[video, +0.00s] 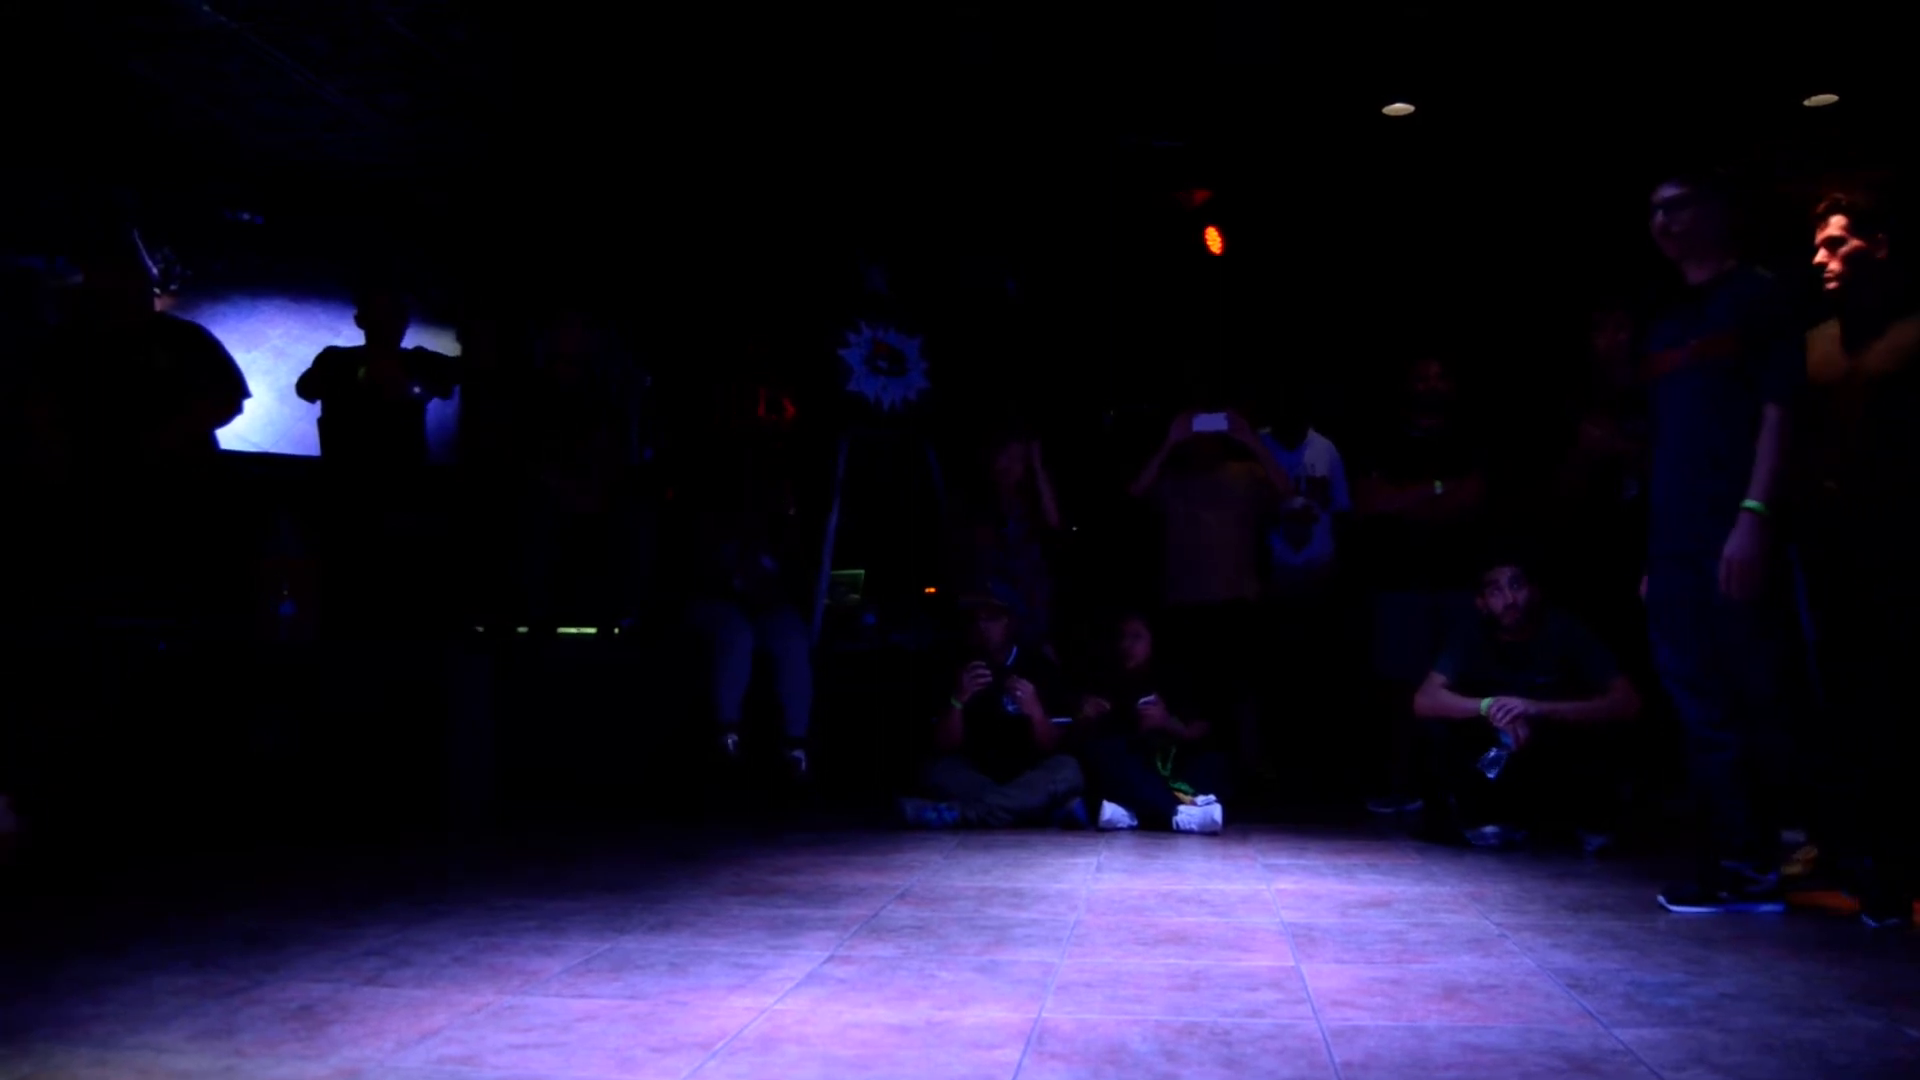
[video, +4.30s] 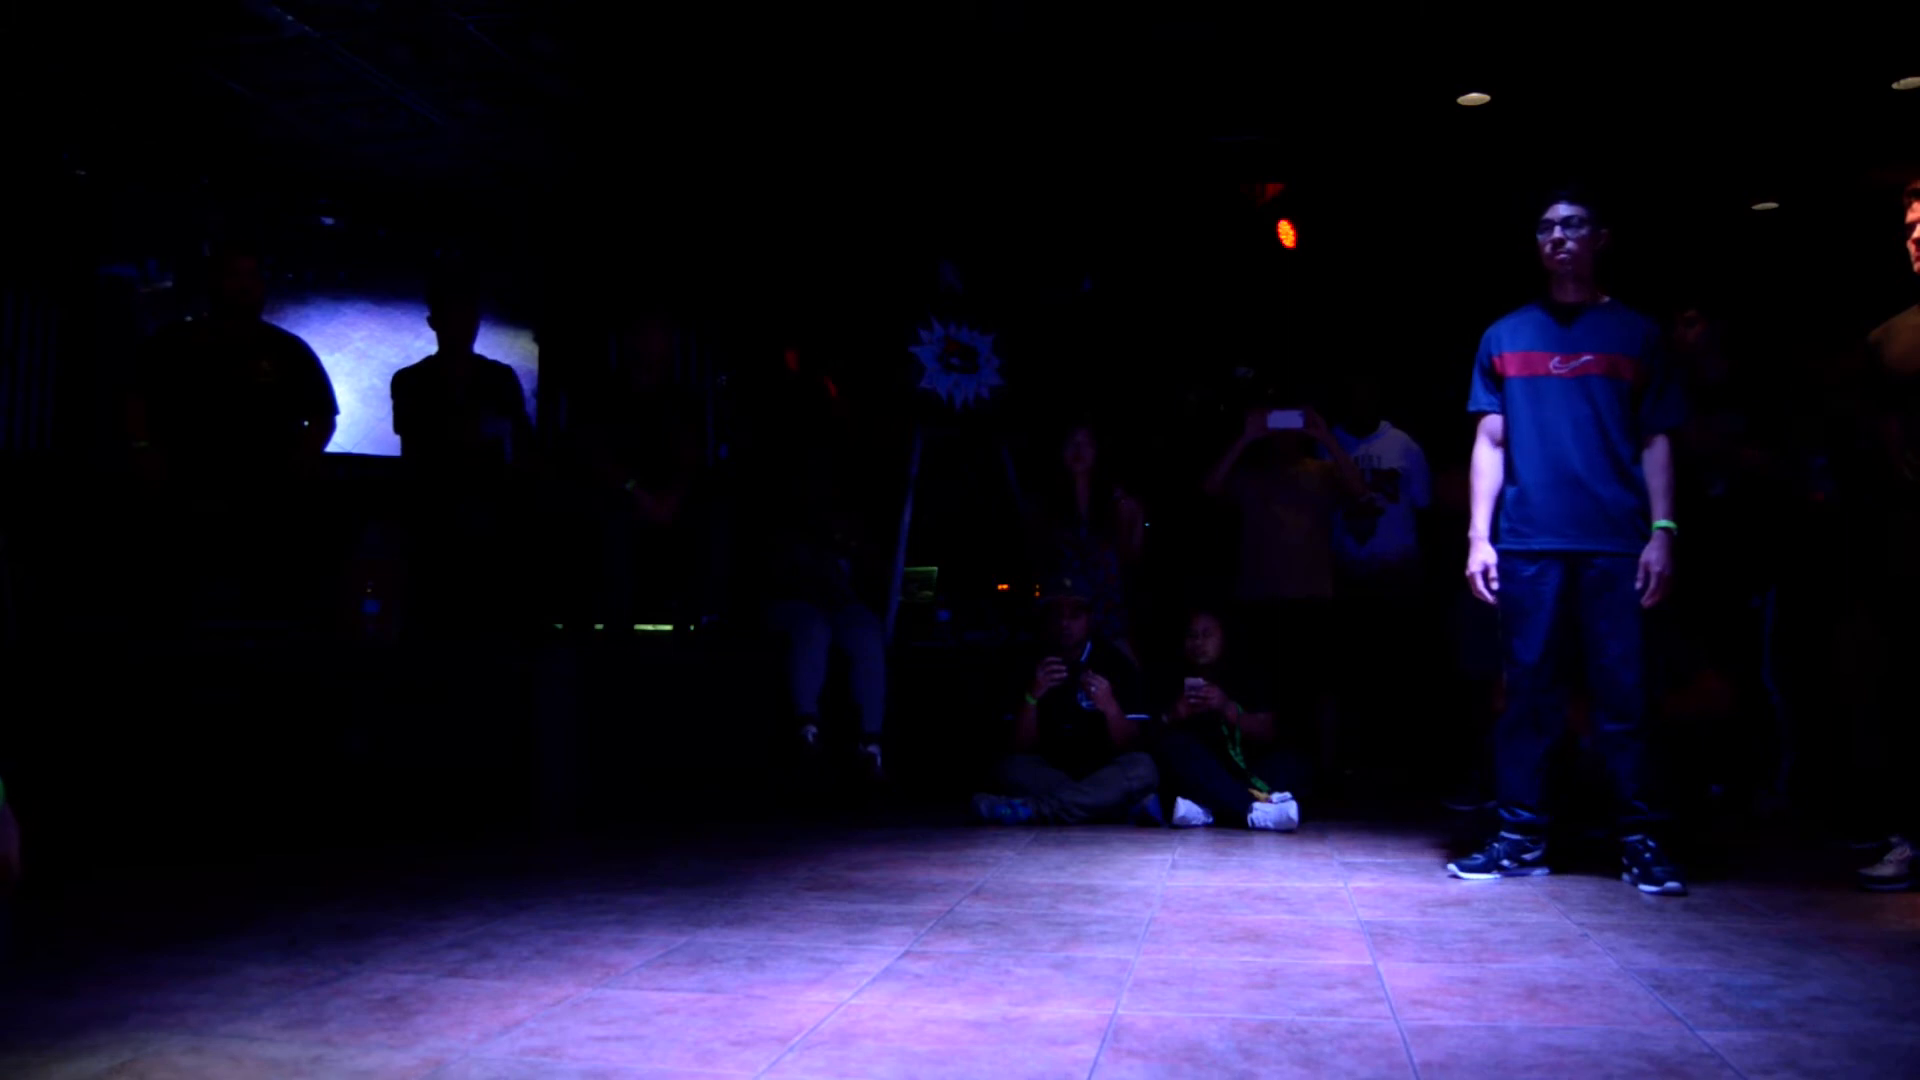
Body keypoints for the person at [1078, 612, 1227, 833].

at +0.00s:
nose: (1127, 645)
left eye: (1136, 637)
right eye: (1122, 637)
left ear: (1151, 641)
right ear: (1114, 642)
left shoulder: (1168, 680)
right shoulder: (1106, 681)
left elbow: (1198, 731)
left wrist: (1165, 721)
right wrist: (1086, 716)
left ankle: (1136, 813)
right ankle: (1175, 813)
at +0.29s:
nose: (1137, 645)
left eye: (1146, 637)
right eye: (1131, 638)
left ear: (1161, 641)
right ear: (1123, 643)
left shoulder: (1181, 680)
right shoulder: (1115, 682)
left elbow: (1207, 733)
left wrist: (1175, 721)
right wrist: (1105, 719)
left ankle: (1143, 813)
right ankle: (1181, 813)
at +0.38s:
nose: (1153, 644)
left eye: (1162, 636)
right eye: (1147, 637)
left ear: (1177, 641)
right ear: (1140, 643)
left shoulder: (1197, 679)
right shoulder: (1131, 679)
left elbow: (1222, 733)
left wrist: (1189, 719)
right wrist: (1123, 717)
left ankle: (1157, 812)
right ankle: (1196, 813)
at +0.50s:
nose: (1178, 642)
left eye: (1188, 634)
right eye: (1174, 635)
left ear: (1204, 638)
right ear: (1166, 641)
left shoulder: (1226, 678)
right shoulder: (1158, 679)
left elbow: (1249, 731)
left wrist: (1213, 717)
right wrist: (1156, 718)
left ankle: (1183, 811)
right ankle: (1223, 812)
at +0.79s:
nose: (1189, 641)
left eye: (1198, 633)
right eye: (1184, 634)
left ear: (1214, 638)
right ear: (1177, 639)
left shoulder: (1234, 677)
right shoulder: (1170, 679)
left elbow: (1259, 731)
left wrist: (1222, 719)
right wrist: (1180, 720)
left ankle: (1195, 810)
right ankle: (1236, 811)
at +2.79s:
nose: (1200, 643)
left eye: (1208, 634)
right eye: (1193, 636)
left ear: (1222, 637)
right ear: (1186, 642)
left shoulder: (1243, 674)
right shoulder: (1181, 677)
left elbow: (1268, 728)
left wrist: (1228, 714)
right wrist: (1185, 717)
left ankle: (1211, 811)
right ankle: (1251, 810)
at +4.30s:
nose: (1199, 643)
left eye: (1207, 635)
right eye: (1192, 636)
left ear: (1222, 638)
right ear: (1184, 641)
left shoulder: (1243, 674)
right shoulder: (1173, 676)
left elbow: (1265, 728)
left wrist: (1225, 706)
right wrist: (1178, 712)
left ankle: (1210, 810)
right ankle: (1251, 810)